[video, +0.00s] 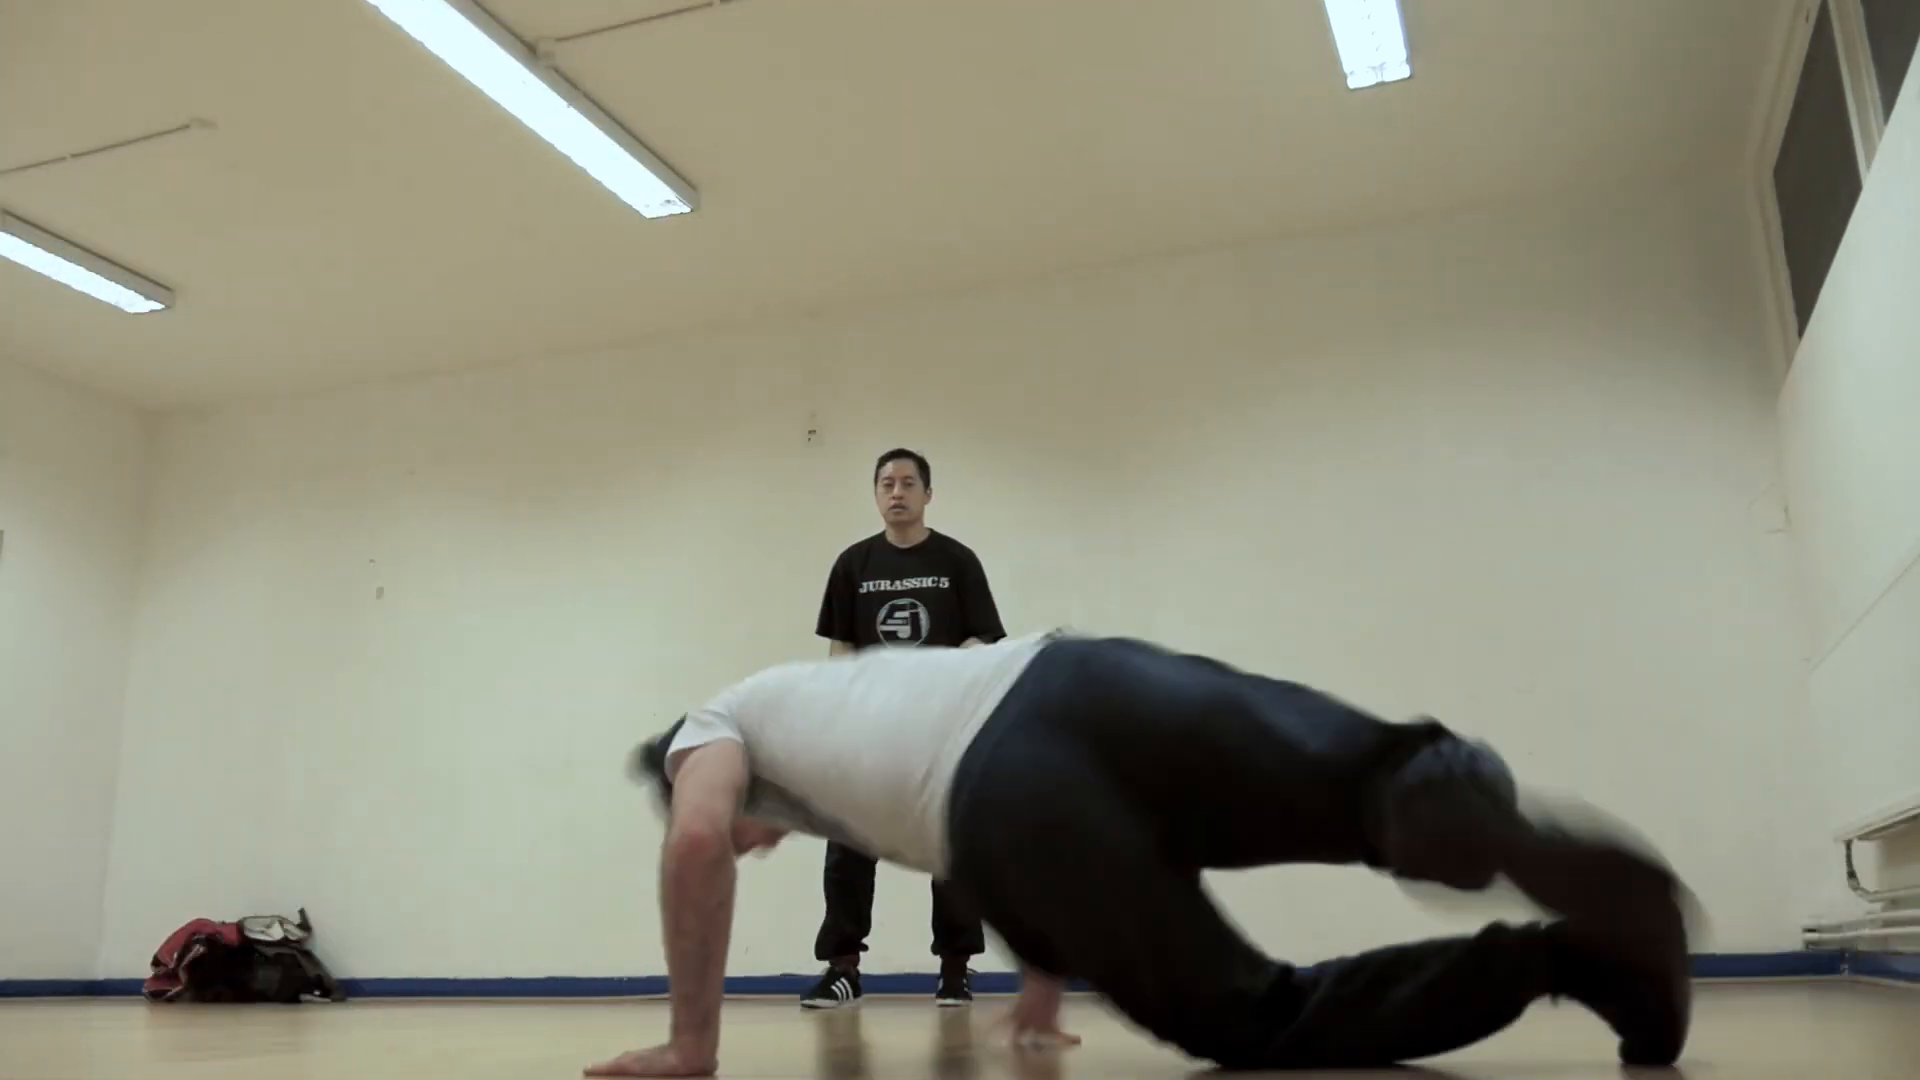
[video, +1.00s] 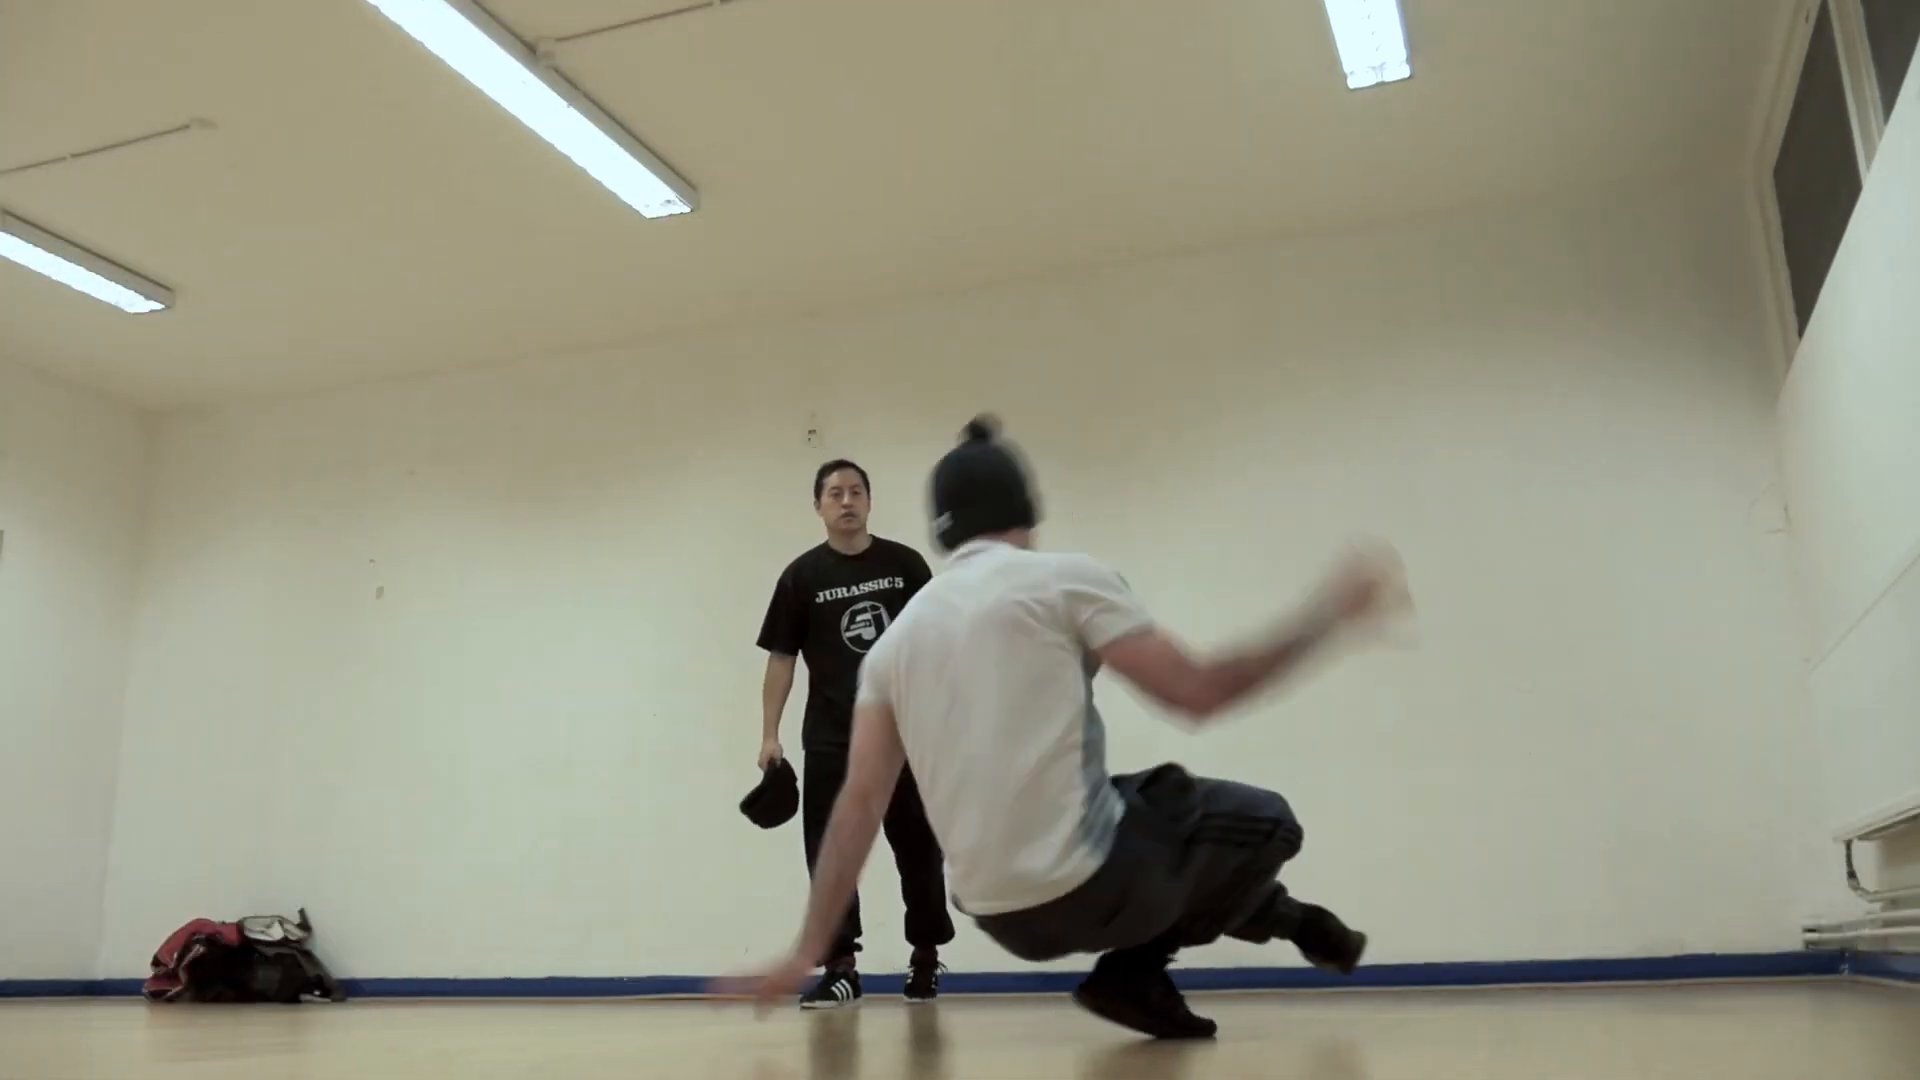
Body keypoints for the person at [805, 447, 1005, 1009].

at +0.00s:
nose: (896, 492)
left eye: (907, 483)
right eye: (887, 484)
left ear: (927, 495)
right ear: (875, 496)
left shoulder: (957, 561)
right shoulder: (854, 563)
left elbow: (982, 649)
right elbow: (840, 654)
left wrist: (962, 711)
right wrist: (835, 728)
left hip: (941, 718)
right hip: (863, 721)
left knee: (951, 837)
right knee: (848, 845)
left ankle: (955, 968)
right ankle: (842, 968)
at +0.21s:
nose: (862, 490)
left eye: (871, 481)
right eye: (852, 482)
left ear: (889, 492)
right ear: (837, 495)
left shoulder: (923, 555)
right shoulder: (816, 564)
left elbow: (951, 633)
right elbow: (805, 646)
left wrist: (907, 673)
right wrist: (819, 710)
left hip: (918, 719)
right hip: (848, 725)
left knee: (935, 833)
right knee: (840, 841)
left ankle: (953, 965)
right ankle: (840, 969)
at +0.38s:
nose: (837, 493)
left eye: (846, 483)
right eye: (825, 485)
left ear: (863, 491)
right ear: (809, 496)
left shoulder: (900, 554)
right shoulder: (794, 568)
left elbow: (923, 634)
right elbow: (785, 657)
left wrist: (879, 678)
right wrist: (805, 724)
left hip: (900, 716)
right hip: (830, 728)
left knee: (923, 832)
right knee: (836, 841)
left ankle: (943, 959)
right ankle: (840, 969)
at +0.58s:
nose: (822, 494)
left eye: (831, 484)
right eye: (811, 486)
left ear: (847, 491)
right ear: (794, 498)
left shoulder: (888, 555)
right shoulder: (781, 572)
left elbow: (914, 640)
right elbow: (771, 663)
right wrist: (795, 731)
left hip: (897, 711)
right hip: (816, 729)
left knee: (921, 833)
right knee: (825, 843)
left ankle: (920, 959)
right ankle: (838, 967)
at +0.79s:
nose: (827, 494)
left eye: (835, 485)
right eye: (816, 488)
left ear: (851, 494)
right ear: (799, 501)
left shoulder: (892, 557)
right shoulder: (785, 573)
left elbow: (931, 638)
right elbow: (769, 662)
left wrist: (926, 715)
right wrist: (765, 736)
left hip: (894, 729)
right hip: (823, 736)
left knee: (909, 843)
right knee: (825, 854)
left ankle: (917, 949)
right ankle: (839, 969)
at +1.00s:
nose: (846, 500)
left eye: (854, 492)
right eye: (834, 493)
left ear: (870, 503)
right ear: (818, 506)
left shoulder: (906, 564)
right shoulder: (801, 577)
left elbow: (939, 644)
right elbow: (780, 661)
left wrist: (946, 715)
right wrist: (770, 736)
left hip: (903, 730)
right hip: (832, 736)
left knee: (917, 844)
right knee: (829, 850)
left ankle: (925, 959)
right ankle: (839, 967)